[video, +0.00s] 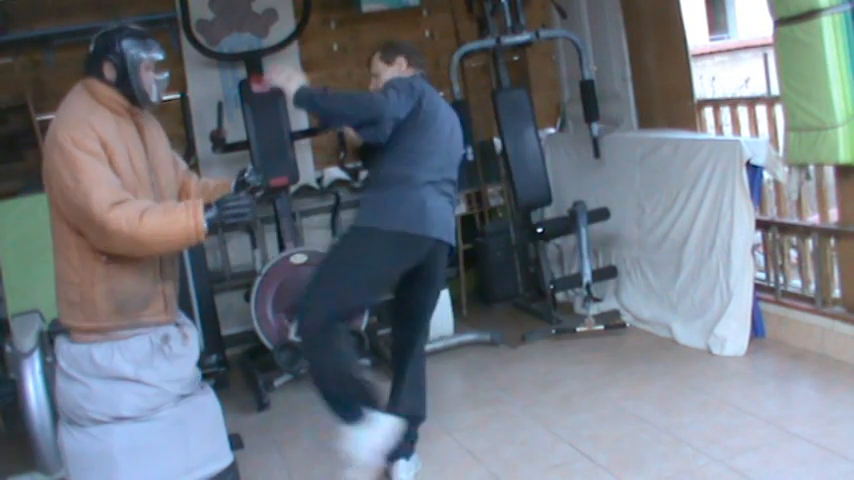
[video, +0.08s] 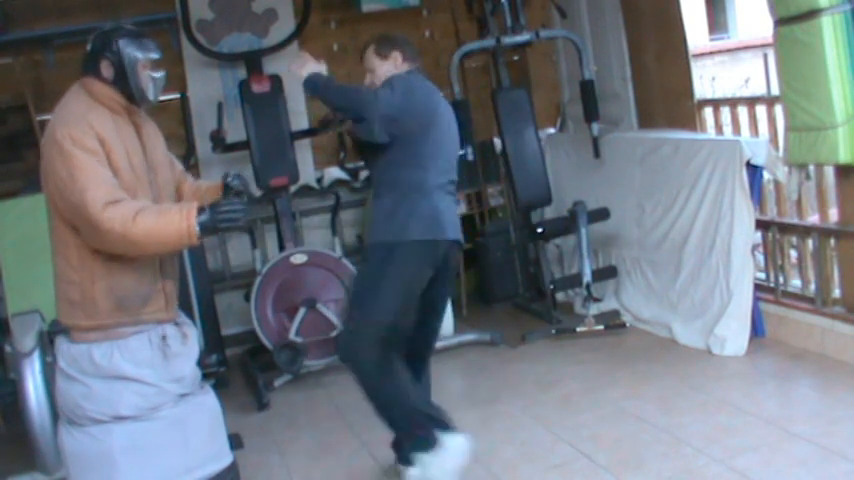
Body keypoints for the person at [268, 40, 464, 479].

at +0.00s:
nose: (376, 84)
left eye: (378, 74)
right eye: (373, 77)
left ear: (402, 64)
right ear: (411, 66)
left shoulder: (408, 86)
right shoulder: (449, 116)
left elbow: (379, 112)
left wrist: (301, 92)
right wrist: (362, 138)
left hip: (393, 225)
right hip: (437, 235)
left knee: (316, 313)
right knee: (410, 340)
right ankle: (403, 451)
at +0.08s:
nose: (368, 81)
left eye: (371, 71)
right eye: (366, 74)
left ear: (396, 60)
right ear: (404, 62)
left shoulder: (405, 90)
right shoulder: (434, 99)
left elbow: (368, 106)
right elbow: (382, 151)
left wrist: (316, 80)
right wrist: (352, 120)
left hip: (407, 235)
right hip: (440, 237)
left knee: (359, 341)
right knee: (411, 349)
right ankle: (414, 452)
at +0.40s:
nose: (360, 88)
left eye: (362, 77)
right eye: (357, 80)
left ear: (388, 63)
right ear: (385, 67)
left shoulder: (429, 91)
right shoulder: (407, 101)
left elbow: (422, 158)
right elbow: (409, 172)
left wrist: (359, 119)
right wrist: (364, 125)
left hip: (478, 247)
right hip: (454, 250)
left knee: (483, 353)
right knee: (460, 344)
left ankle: (518, 463)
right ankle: (479, 414)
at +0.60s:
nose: (404, 102)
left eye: (408, 91)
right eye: (401, 95)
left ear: (436, 79)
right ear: (428, 84)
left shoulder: (474, 117)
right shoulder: (445, 125)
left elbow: (464, 180)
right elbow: (437, 193)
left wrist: (398, 142)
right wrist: (394, 146)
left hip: (491, 267)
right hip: (473, 267)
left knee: (457, 372)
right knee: (502, 346)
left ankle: (501, 473)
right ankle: (565, 390)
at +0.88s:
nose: (433, 76)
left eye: (436, 66)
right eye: (429, 68)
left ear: (462, 53)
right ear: (458, 56)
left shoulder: (488, 82)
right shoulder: (486, 81)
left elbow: (487, 139)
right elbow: (490, 148)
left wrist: (428, 107)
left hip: (515, 222)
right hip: (525, 217)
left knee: (482, 320)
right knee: (529, 308)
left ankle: (531, 422)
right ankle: (574, 384)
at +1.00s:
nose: (448, 87)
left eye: (450, 76)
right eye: (445, 79)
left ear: (476, 64)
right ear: (478, 67)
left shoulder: (498, 97)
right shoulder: (512, 93)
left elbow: (497, 159)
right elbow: (504, 152)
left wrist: (442, 126)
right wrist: (461, 124)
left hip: (520, 237)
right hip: (542, 230)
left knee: (482, 327)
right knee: (546, 317)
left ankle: (555, 401)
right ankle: (593, 383)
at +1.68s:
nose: (393, 82)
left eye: (396, 72)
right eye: (391, 75)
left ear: (422, 63)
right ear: (425, 64)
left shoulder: (441, 99)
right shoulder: (473, 99)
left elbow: (407, 135)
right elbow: (511, 154)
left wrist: (344, 105)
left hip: (475, 249)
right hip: (490, 242)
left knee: (496, 348)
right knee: (476, 339)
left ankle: (530, 462)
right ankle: (510, 426)